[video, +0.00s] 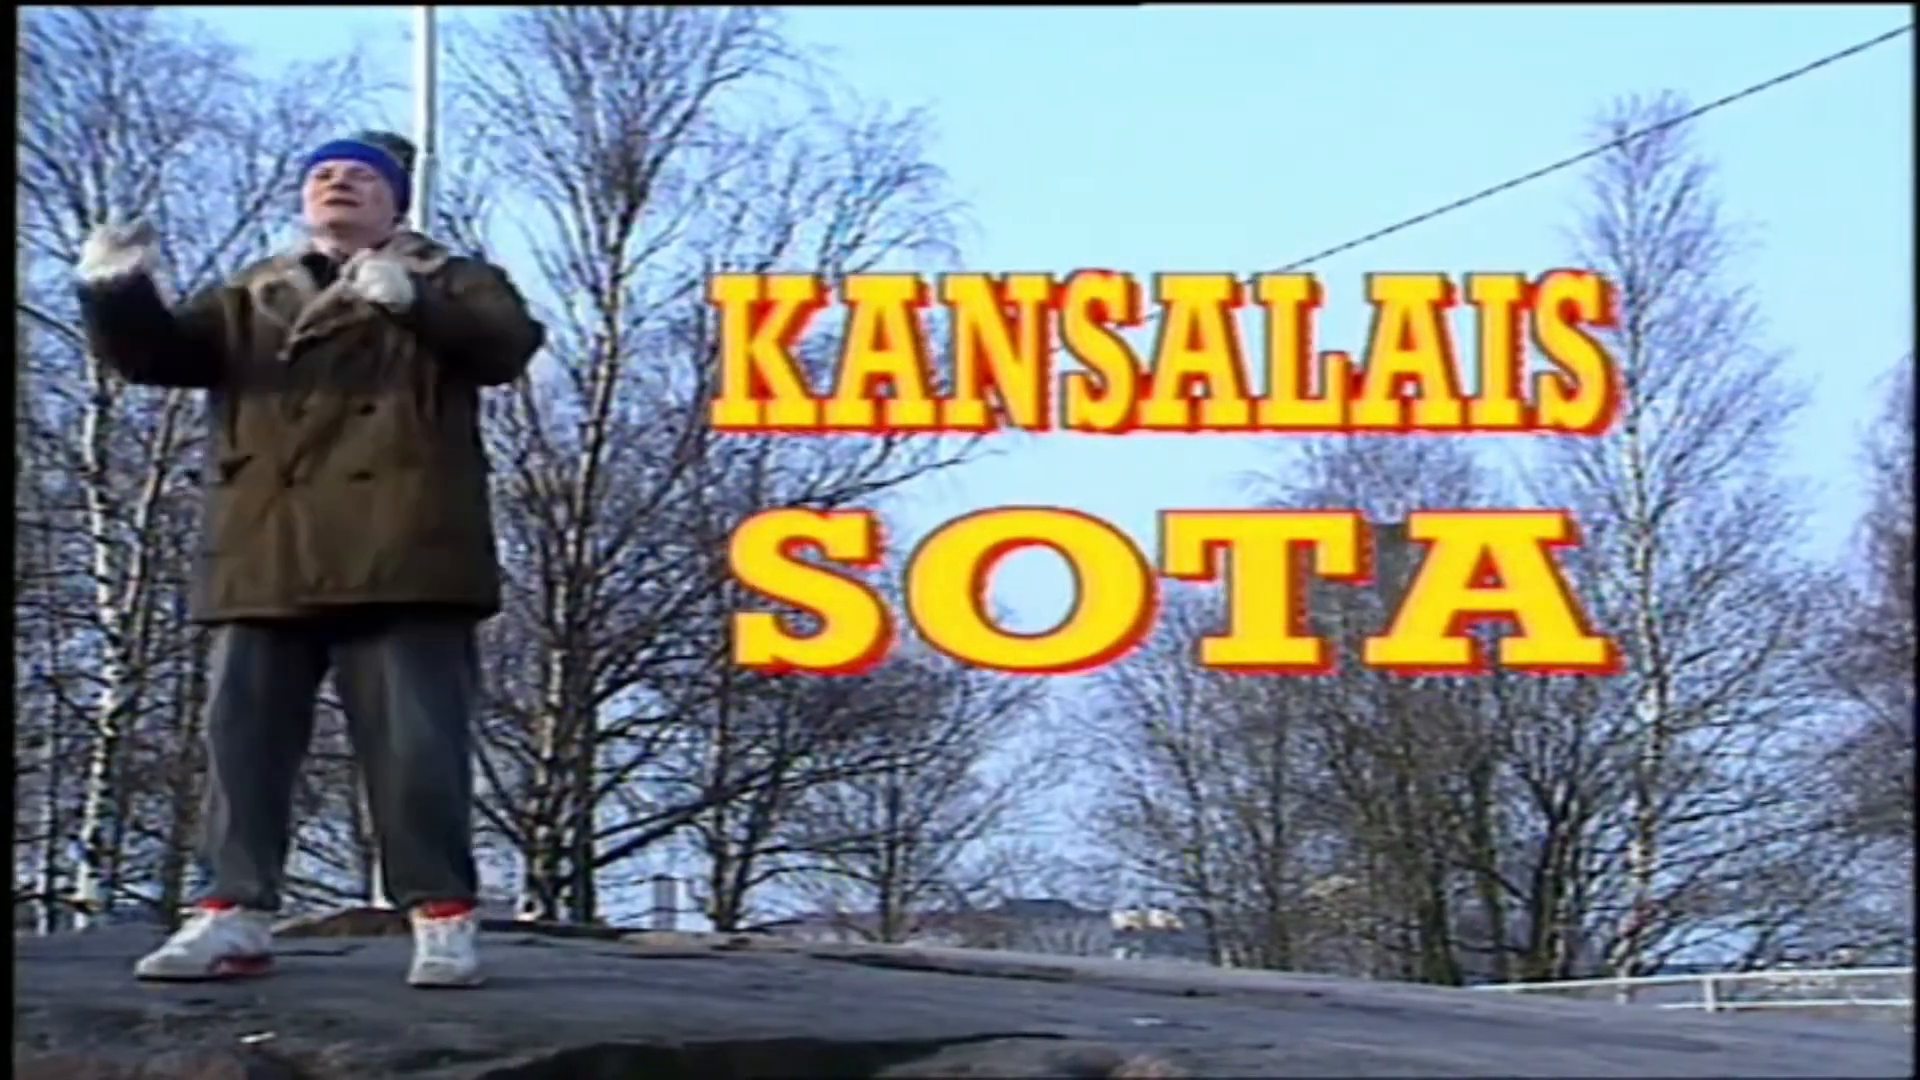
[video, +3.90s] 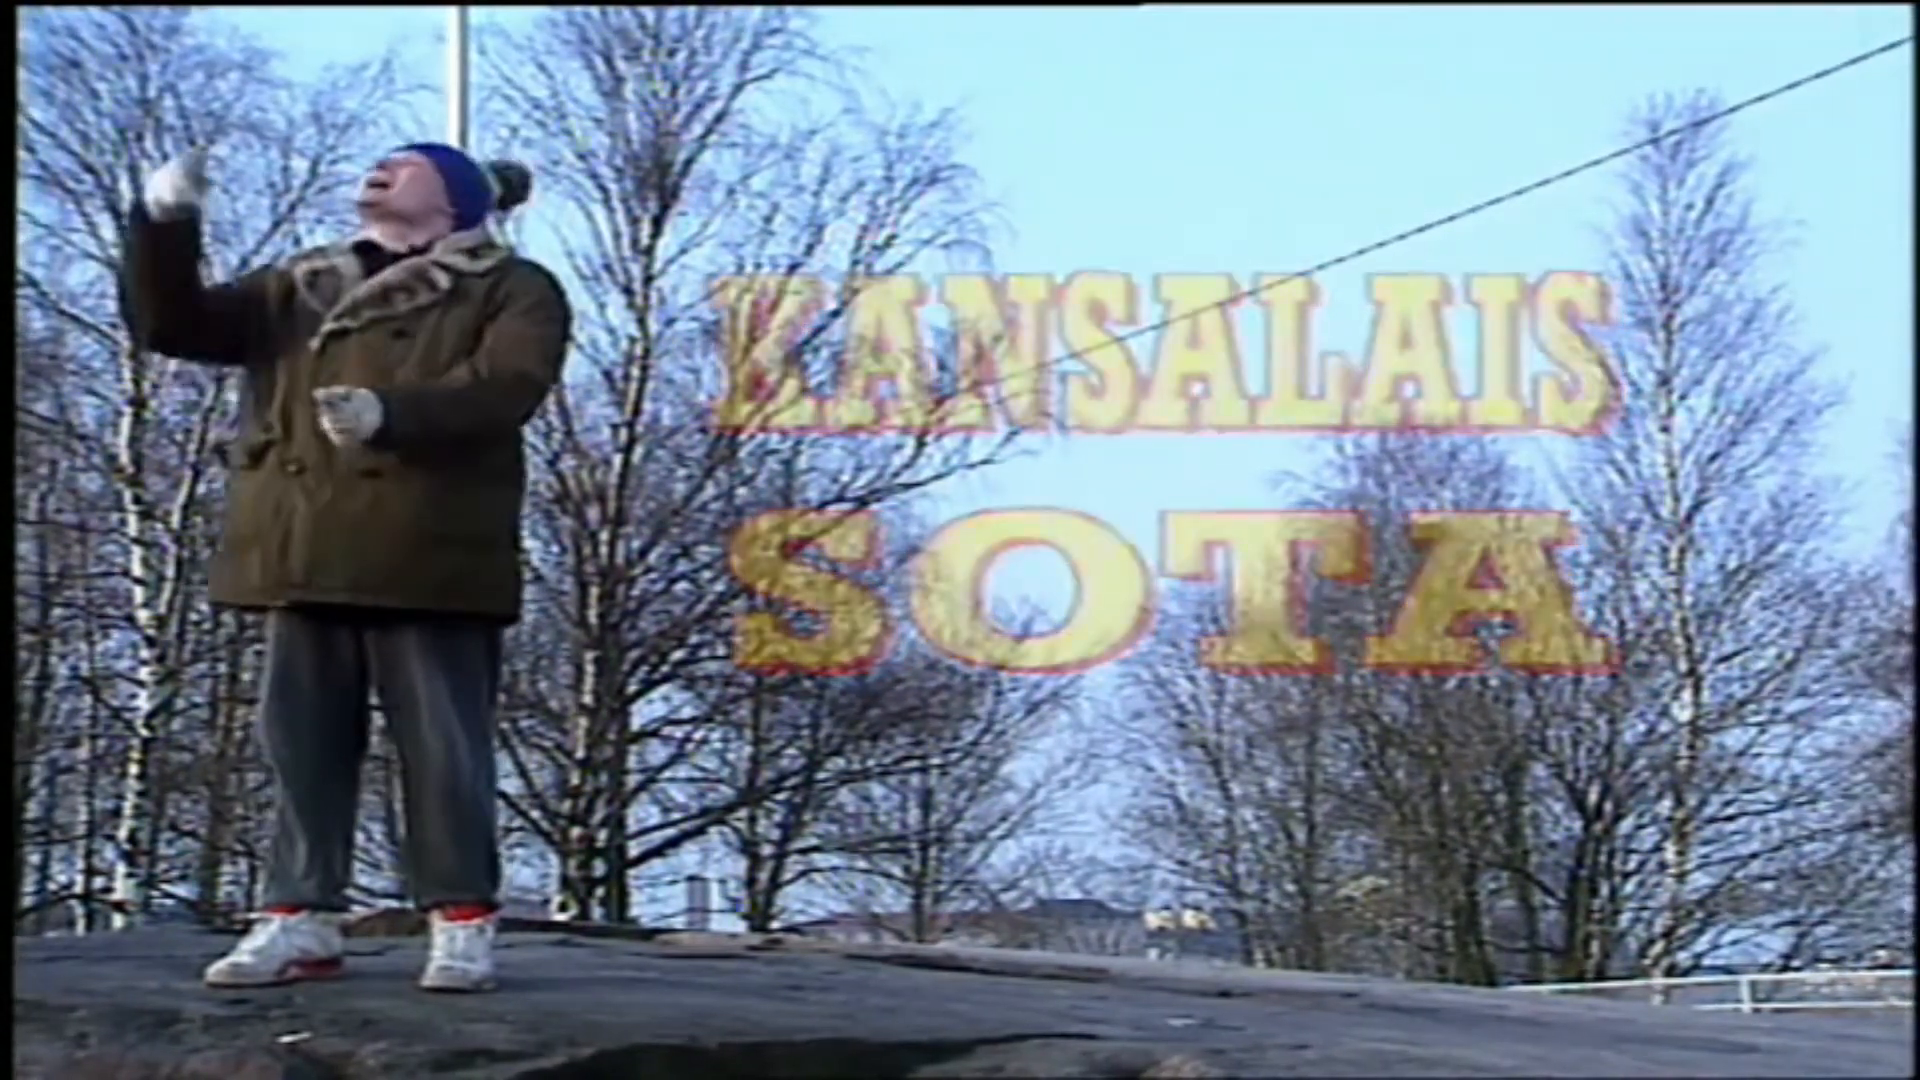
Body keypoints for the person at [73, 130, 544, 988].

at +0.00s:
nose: (335, 184)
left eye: (357, 175)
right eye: (322, 175)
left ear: (399, 204)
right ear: (299, 204)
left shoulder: (449, 279)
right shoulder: (255, 294)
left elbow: (509, 344)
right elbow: (158, 352)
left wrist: (417, 295)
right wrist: (118, 291)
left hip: (406, 553)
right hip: (266, 556)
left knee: (416, 742)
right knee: (241, 730)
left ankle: (441, 916)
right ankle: (238, 913)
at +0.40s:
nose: (361, 179)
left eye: (384, 173)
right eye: (347, 172)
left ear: (425, 204)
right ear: (327, 203)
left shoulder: (472, 274)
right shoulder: (276, 283)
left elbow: (515, 338)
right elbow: (201, 382)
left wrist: (396, 285)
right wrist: (201, 361)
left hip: (425, 544)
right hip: (285, 546)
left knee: (434, 738)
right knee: (266, 730)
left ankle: (450, 917)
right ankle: (268, 912)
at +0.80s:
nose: (309, 175)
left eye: (333, 165)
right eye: (297, 168)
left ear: (385, 195)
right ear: (279, 199)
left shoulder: (446, 273)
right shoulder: (236, 284)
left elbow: (447, 372)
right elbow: (141, 359)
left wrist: (336, 383)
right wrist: (116, 306)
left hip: (396, 558)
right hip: (255, 560)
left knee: (412, 742)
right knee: (257, 744)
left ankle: (440, 914)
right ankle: (274, 917)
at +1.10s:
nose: (332, 175)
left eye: (356, 166)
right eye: (321, 167)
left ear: (407, 194)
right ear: (303, 195)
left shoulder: (461, 275)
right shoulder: (255, 275)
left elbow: (446, 353)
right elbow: (198, 383)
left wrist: (308, 314)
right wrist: (162, 366)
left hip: (394, 554)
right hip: (259, 552)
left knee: (406, 744)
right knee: (265, 744)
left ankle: (436, 919)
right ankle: (279, 917)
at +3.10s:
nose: (367, 178)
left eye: (393, 169)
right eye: (362, 174)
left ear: (444, 208)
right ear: (347, 210)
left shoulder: (494, 282)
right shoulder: (292, 283)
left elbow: (490, 383)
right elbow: (165, 337)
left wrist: (379, 405)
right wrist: (163, 249)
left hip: (424, 561)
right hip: (294, 561)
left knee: (433, 742)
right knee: (293, 738)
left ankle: (458, 921)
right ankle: (302, 918)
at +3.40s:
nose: (391, 179)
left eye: (417, 172)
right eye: (389, 172)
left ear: (465, 214)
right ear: (371, 205)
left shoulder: (506, 285)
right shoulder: (319, 274)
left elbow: (477, 351)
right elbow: (230, 374)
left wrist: (342, 305)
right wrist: (201, 343)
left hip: (422, 555)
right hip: (295, 549)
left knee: (434, 741)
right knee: (295, 740)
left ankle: (459, 919)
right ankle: (303, 918)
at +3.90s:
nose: (378, 170)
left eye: (404, 163)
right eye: (379, 164)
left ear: (455, 202)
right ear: (370, 201)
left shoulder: (515, 286)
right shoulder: (306, 283)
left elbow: (508, 388)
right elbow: (170, 322)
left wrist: (392, 411)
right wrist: (167, 225)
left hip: (437, 566)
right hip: (309, 564)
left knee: (444, 747)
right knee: (301, 742)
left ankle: (462, 921)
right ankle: (305, 919)